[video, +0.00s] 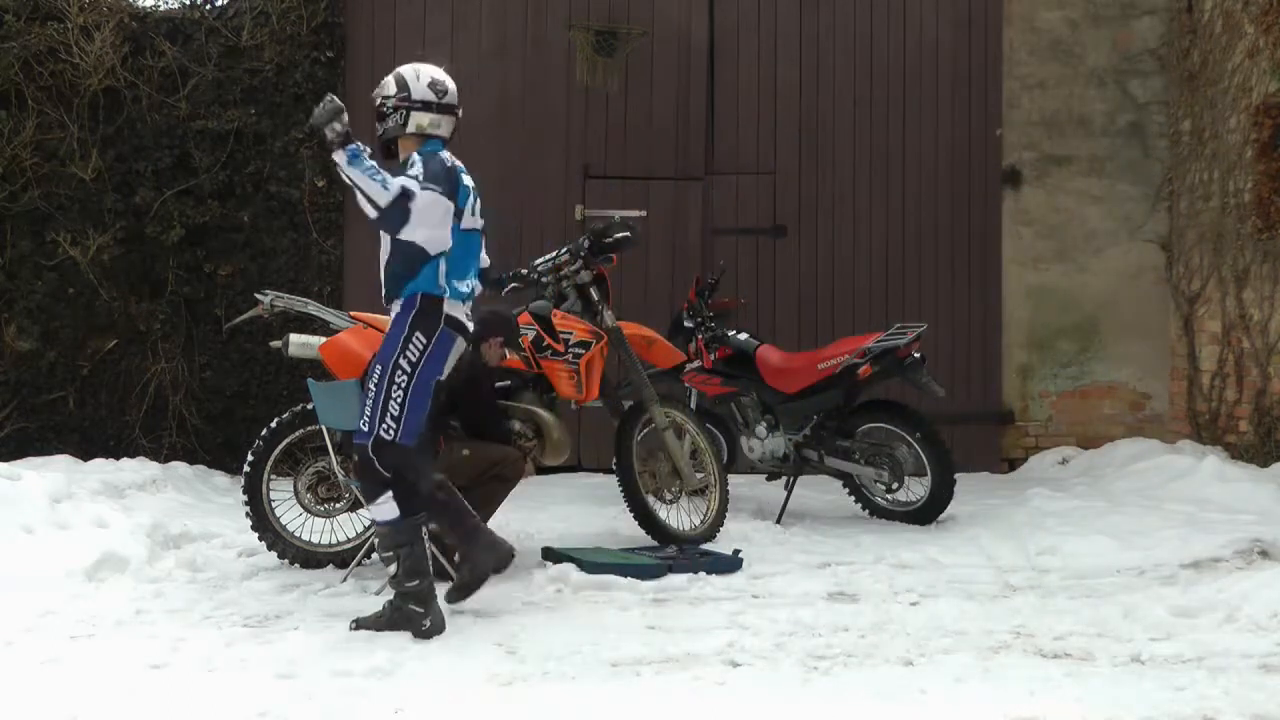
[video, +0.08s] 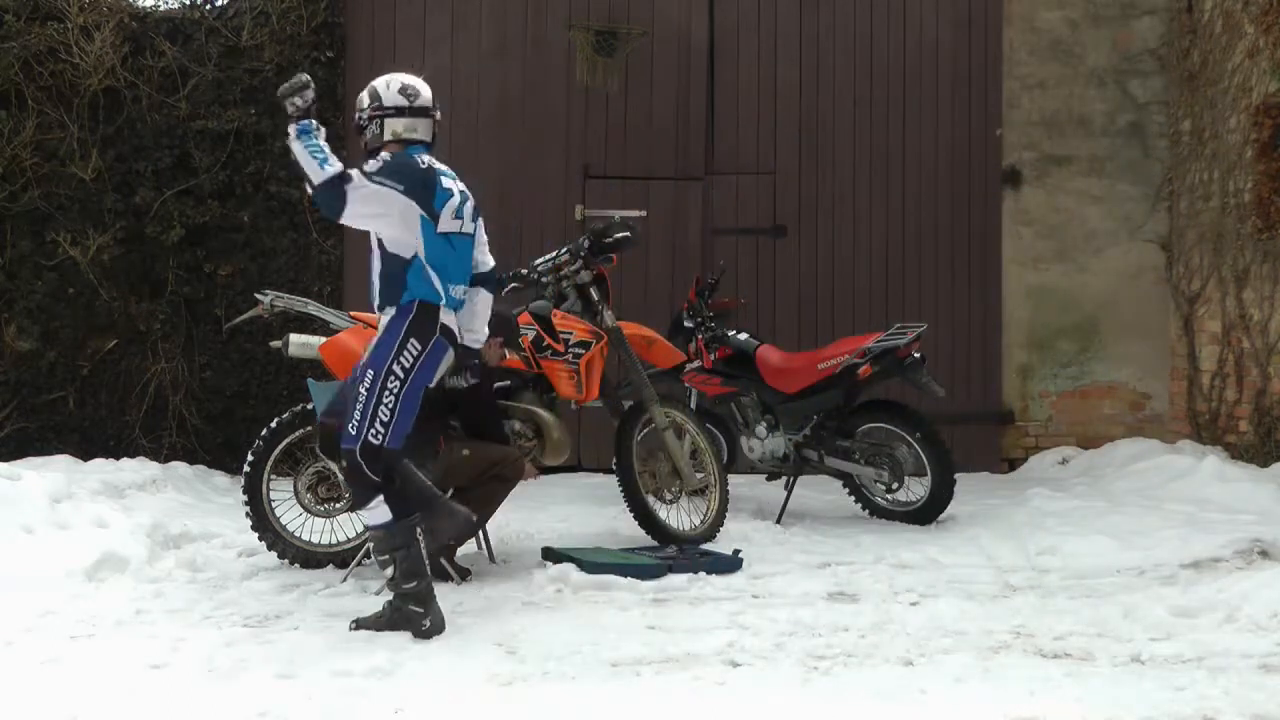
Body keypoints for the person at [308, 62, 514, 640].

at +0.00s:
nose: (381, 121)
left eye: (385, 111)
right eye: (383, 111)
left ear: (401, 114)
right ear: (440, 118)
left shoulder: (431, 167)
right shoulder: (450, 171)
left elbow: (405, 216)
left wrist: (345, 148)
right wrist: (353, 161)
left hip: (427, 314)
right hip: (440, 314)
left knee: (375, 448)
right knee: (392, 445)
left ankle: (413, 597)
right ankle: (477, 543)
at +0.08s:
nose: (364, 131)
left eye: (366, 122)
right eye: (366, 122)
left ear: (375, 122)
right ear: (426, 124)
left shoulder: (398, 171)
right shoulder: (455, 185)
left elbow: (337, 196)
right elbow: (484, 273)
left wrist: (302, 123)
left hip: (417, 321)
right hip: (443, 323)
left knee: (363, 454)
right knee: (349, 429)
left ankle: (412, 597)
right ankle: (439, 512)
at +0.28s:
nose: (344, 116)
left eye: (344, 108)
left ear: (345, 110)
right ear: (405, 108)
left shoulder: (344, 156)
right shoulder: (434, 169)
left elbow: (269, 191)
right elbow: (483, 232)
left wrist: (228, 206)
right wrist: (516, 276)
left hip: (366, 306)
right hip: (399, 310)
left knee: (353, 448)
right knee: (311, 428)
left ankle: (408, 593)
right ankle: (338, 569)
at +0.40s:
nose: (411, 134)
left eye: (412, 124)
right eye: (406, 123)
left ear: (350, 116)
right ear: (383, 120)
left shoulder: (318, 165)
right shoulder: (414, 182)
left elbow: (274, 237)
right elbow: (477, 228)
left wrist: (251, 299)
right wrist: (509, 184)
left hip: (331, 328)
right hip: (384, 335)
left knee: (282, 446)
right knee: (343, 461)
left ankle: (360, 551)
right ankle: (326, 594)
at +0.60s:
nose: (386, 144)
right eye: (384, 135)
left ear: (324, 125)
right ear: (375, 134)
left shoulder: (287, 173)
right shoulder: (394, 195)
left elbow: (257, 252)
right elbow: (439, 198)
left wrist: (238, 318)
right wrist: (421, 153)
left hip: (284, 337)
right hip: (351, 347)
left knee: (259, 421)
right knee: (328, 468)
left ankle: (246, 503)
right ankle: (329, 598)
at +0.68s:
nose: (388, 131)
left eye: (386, 121)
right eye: (382, 121)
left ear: (318, 115)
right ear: (359, 118)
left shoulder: (273, 163)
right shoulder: (383, 183)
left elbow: (232, 238)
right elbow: (424, 229)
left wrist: (209, 293)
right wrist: (390, 174)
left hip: (271, 328)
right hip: (339, 335)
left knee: (254, 440)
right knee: (328, 460)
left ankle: (221, 554)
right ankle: (327, 596)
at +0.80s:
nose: (374, 127)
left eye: (373, 116)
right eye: (365, 116)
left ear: (305, 116)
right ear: (331, 116)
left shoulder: (250, 162)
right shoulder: (355, 186)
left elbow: (196, 231)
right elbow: (386, 271)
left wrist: (200, 193)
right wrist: (382, 323)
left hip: (251, 338)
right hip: (317, 342)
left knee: (241, 463)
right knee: (327, 461)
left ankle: (213, 603)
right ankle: (329, 592)